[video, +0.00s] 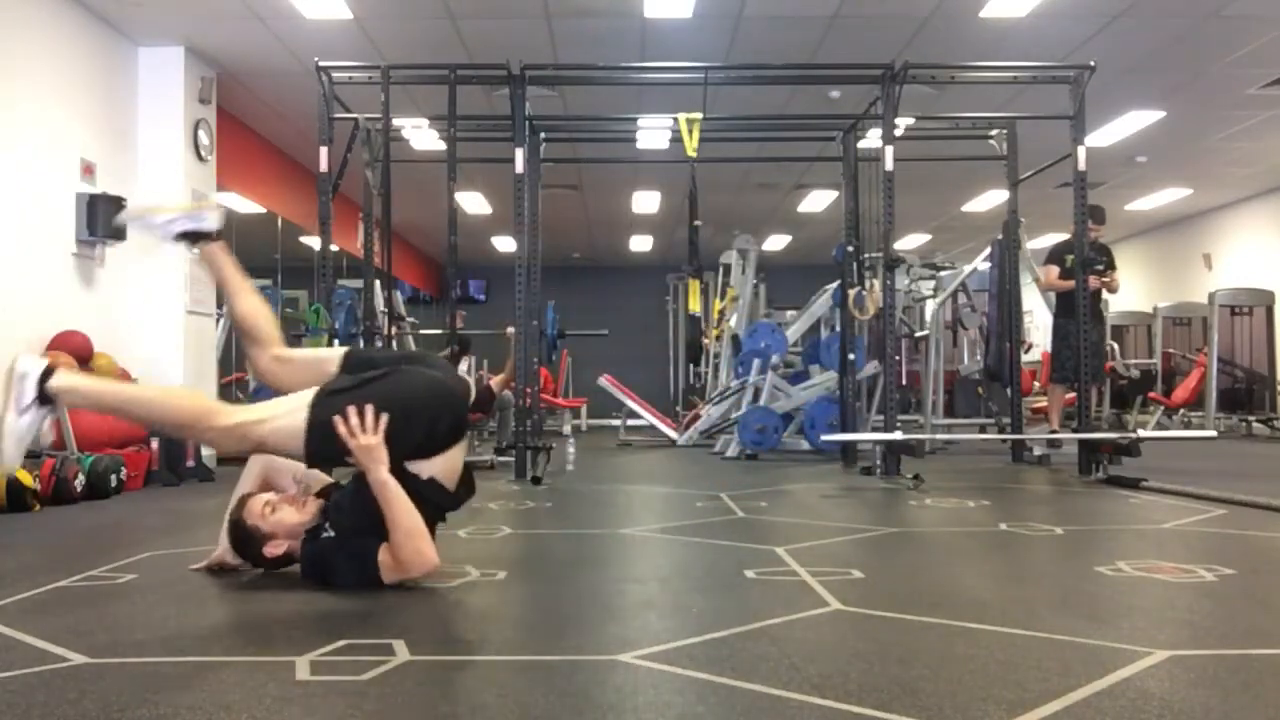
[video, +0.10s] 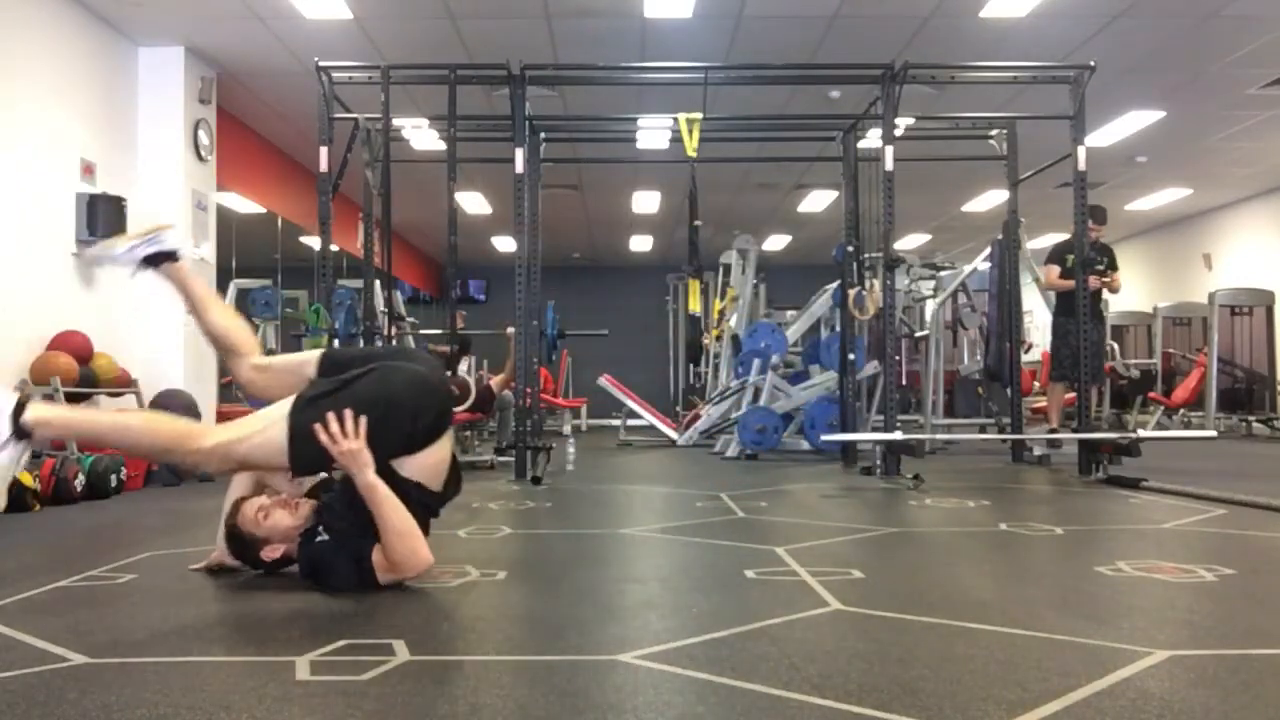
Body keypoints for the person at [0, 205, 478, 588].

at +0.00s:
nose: (277, 497)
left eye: (270, 499)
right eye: (269, 512)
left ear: (289, 498)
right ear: (281, 545)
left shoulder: (327, 507)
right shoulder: (327, 554)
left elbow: (266, 458)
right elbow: (422, 562)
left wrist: (231, 541)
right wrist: (377, 470)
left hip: (418, 384)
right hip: (430, 403)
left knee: (271, 363)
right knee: (225, 428)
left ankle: (208, 240)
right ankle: (51, 383)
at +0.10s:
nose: (271, 500)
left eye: (266, 501)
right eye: (265, 515)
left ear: (282, 497)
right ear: (277, 548)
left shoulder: (322, 508)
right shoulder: (324, 557)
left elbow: (261, 461)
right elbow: (417, 562)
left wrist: (228, 540)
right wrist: (363, 474)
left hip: (402, 370)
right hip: (406, 400)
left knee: (253, 373)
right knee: (209, 452)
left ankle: (168, 260)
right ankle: (28, 418)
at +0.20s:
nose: (268, 507)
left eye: (263, 508)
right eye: (262, 523)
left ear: (277, 503)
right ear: (277, 557)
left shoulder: (325, 516)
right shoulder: (327, 564)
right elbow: (415, 560)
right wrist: (349, 481)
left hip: (387, 363)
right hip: (383, 394)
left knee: (230, 384)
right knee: (190, 480)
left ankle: (129, 284)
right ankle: (11, 457)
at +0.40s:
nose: (253, 521)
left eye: (248, 524)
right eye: (252, 534)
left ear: (256, 518)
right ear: (270, 560)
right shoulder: (328, 563)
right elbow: (405, 566)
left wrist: (211, 552)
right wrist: (323, 498)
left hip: (319, 355)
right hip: (333, 386)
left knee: (182, 401)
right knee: (183, 543)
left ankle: (78, 309)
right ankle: (11, 528)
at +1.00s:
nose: (296, 551)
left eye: (301, 557)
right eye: (308, 557)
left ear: (298, 556)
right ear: (331, 559)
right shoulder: (347, 552)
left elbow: (214, 448)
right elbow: (392, 579)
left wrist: (220, 551)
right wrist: (297, 521)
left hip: (252, 356)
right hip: (270, 389)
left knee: (134, 435)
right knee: (162, 577)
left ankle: (41, 319)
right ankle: (5, 541)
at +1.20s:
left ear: (320, 561)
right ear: (353, 551)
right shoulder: (353, 546)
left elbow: (221, 448)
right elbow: (388, 580)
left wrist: (219, 546)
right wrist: (297, 515)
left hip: (256, 355)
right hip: (271, 393)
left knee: (135, 434)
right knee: (165, 581)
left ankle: (51, 314)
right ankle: (5, 542)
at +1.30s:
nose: (377, 552)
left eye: (380, 544)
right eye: (382, 545)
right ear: (381, 536)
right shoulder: (353, 530)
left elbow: (221, 452)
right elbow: (384, 582)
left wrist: (219, 550)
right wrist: (294, 516)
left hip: (257, 355)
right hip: (265, 396)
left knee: (133, 433)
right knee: (163, 583)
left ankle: (51, 313)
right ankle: (5, 543)